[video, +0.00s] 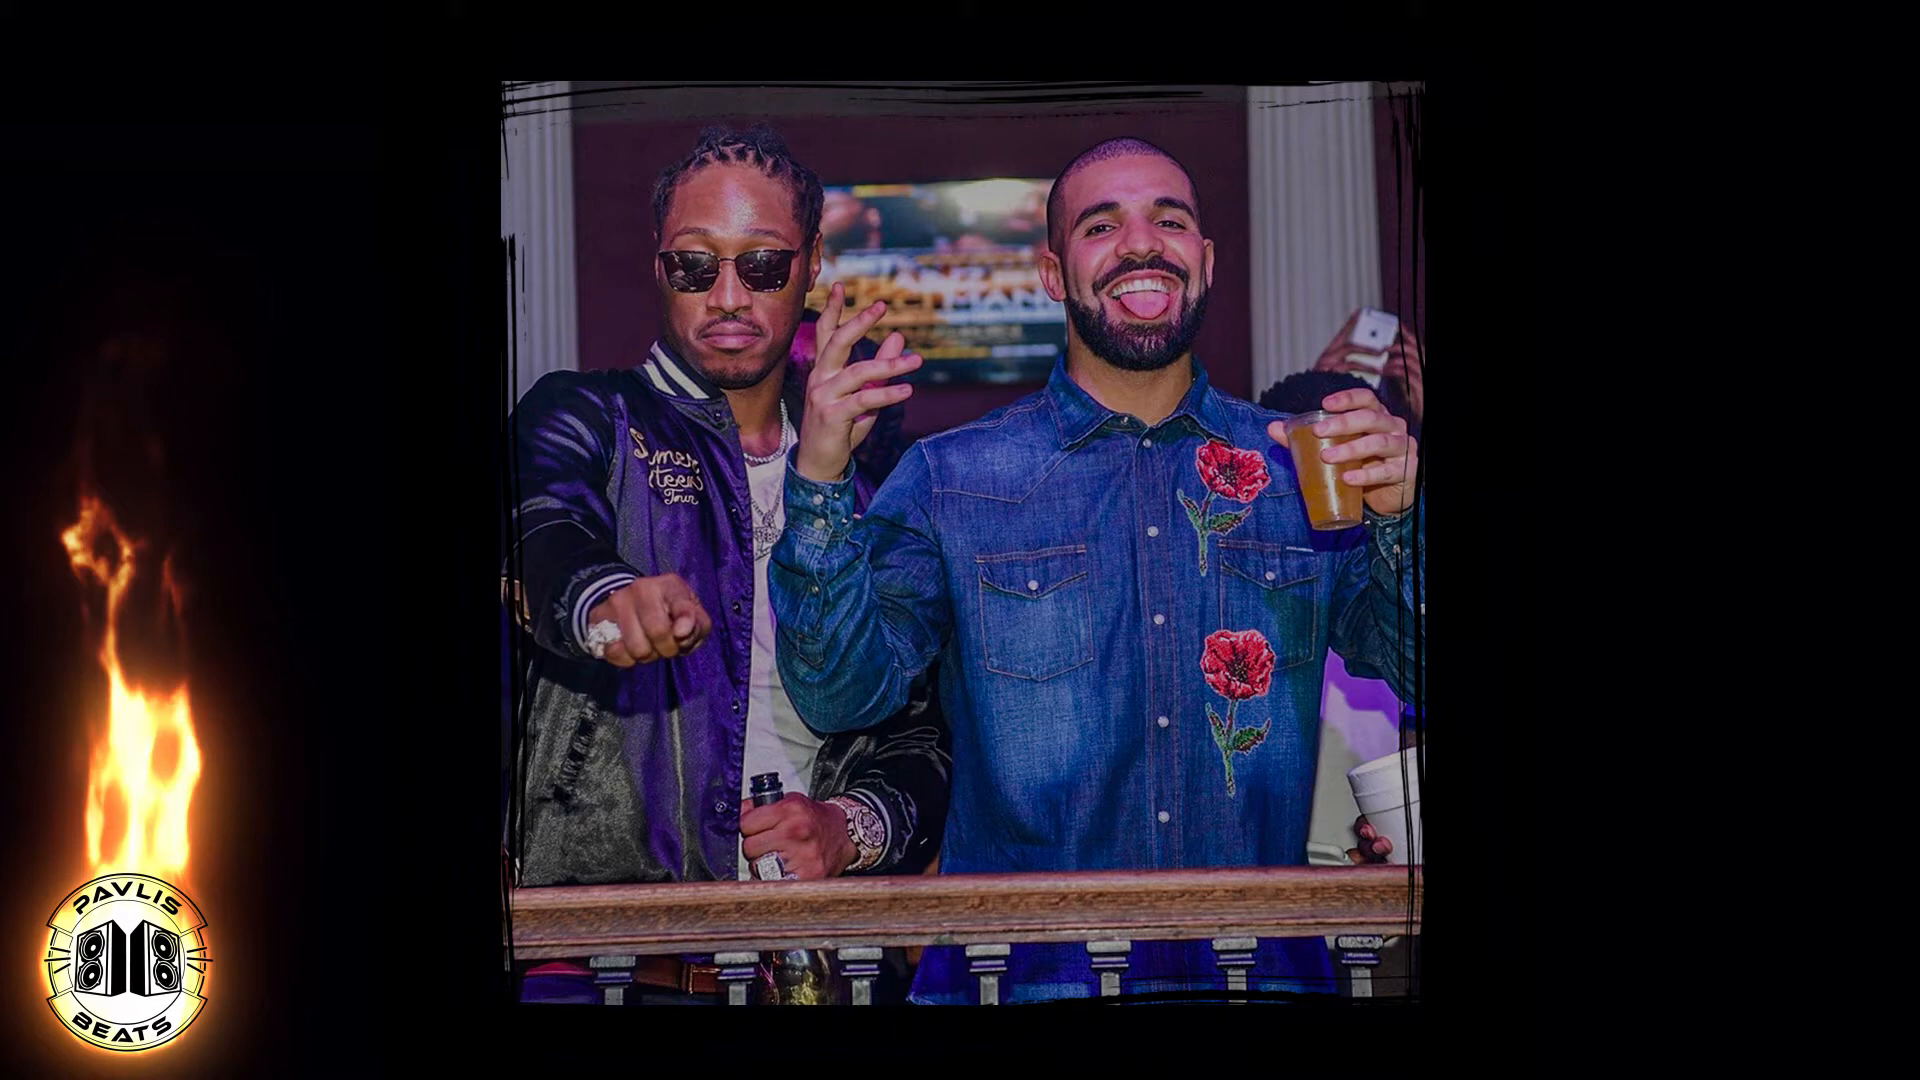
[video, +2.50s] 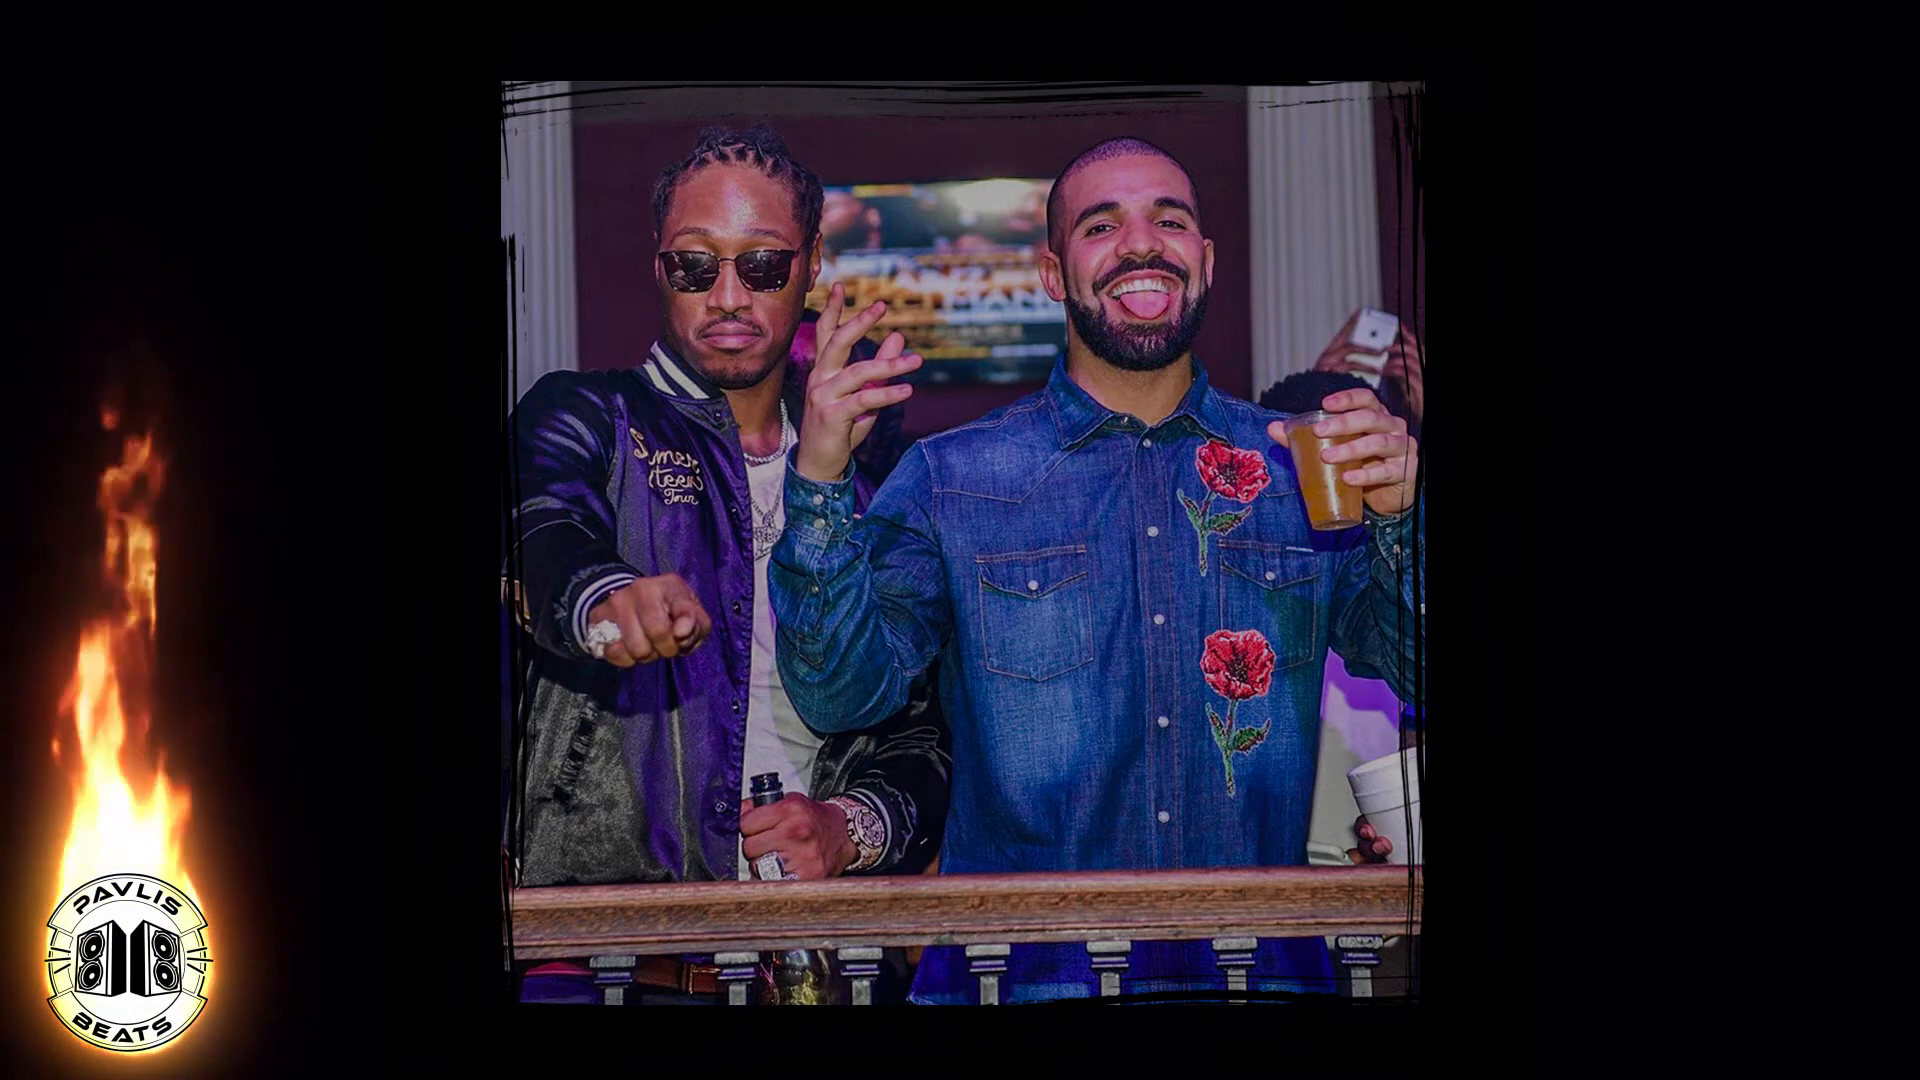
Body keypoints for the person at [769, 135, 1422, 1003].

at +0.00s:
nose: (1140, 243)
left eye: (1169, 219)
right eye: (1101, 225)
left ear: (1208, 258)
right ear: (1055, 272)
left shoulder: (1304, 470)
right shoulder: (945, 479)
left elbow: (1412, 673)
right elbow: (840, 693)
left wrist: (1402, 516)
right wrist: (818, 475)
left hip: (1254, 955)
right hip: (1020, 963)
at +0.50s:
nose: (1140, 243)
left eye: (1169, 219)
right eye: (1101, 225)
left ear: (1208, 258)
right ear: (1055, 272)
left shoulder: (1304, 470)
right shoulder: (945, 479)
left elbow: (1412, 673)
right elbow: (840, 693)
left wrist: (1402, 516)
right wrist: (818, 475)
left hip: (1254, 955)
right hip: (1020, 963)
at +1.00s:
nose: (1140, 243)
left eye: (1169, 219)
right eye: (1101, 225)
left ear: (1208, 258)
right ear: (1055, 272)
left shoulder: (1304, 470)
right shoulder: (945, 479)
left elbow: (1412, 673)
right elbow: (840, 693)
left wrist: (1402, 516)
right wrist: (818, 475)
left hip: (1254, 955)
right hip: (1020, 963)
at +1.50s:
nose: (1141, 243)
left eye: (1169, 219)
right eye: (1101, 225)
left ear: (1207, 258)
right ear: (1055, 272)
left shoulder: (1304, 470)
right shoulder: (945, 479)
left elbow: (1412, 673)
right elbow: (840, 693)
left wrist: (1402, 516)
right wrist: (818, 475)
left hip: (1254, 955)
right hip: (1021, 963)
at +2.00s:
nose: (1141, 243)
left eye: (1169, 219)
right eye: (1101, 225)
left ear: (1207, 258)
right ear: (1055, 272)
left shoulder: (1304, 469)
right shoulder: (945, 479)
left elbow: (1412, 673)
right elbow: (840, 693)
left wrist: (1402, 516)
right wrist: (818, 475)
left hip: (1255, 955)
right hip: (1021, 963)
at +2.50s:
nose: (1141, 243)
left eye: (1169, 219)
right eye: (1102, 225)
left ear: (1207, 258)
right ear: (1055, 272)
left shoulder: (1304, 469)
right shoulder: (945, 479)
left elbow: (1413, 674)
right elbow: (840, 692)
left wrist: (1402, 516)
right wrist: (819, 473)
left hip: (1255, 954)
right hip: (1021, 963)